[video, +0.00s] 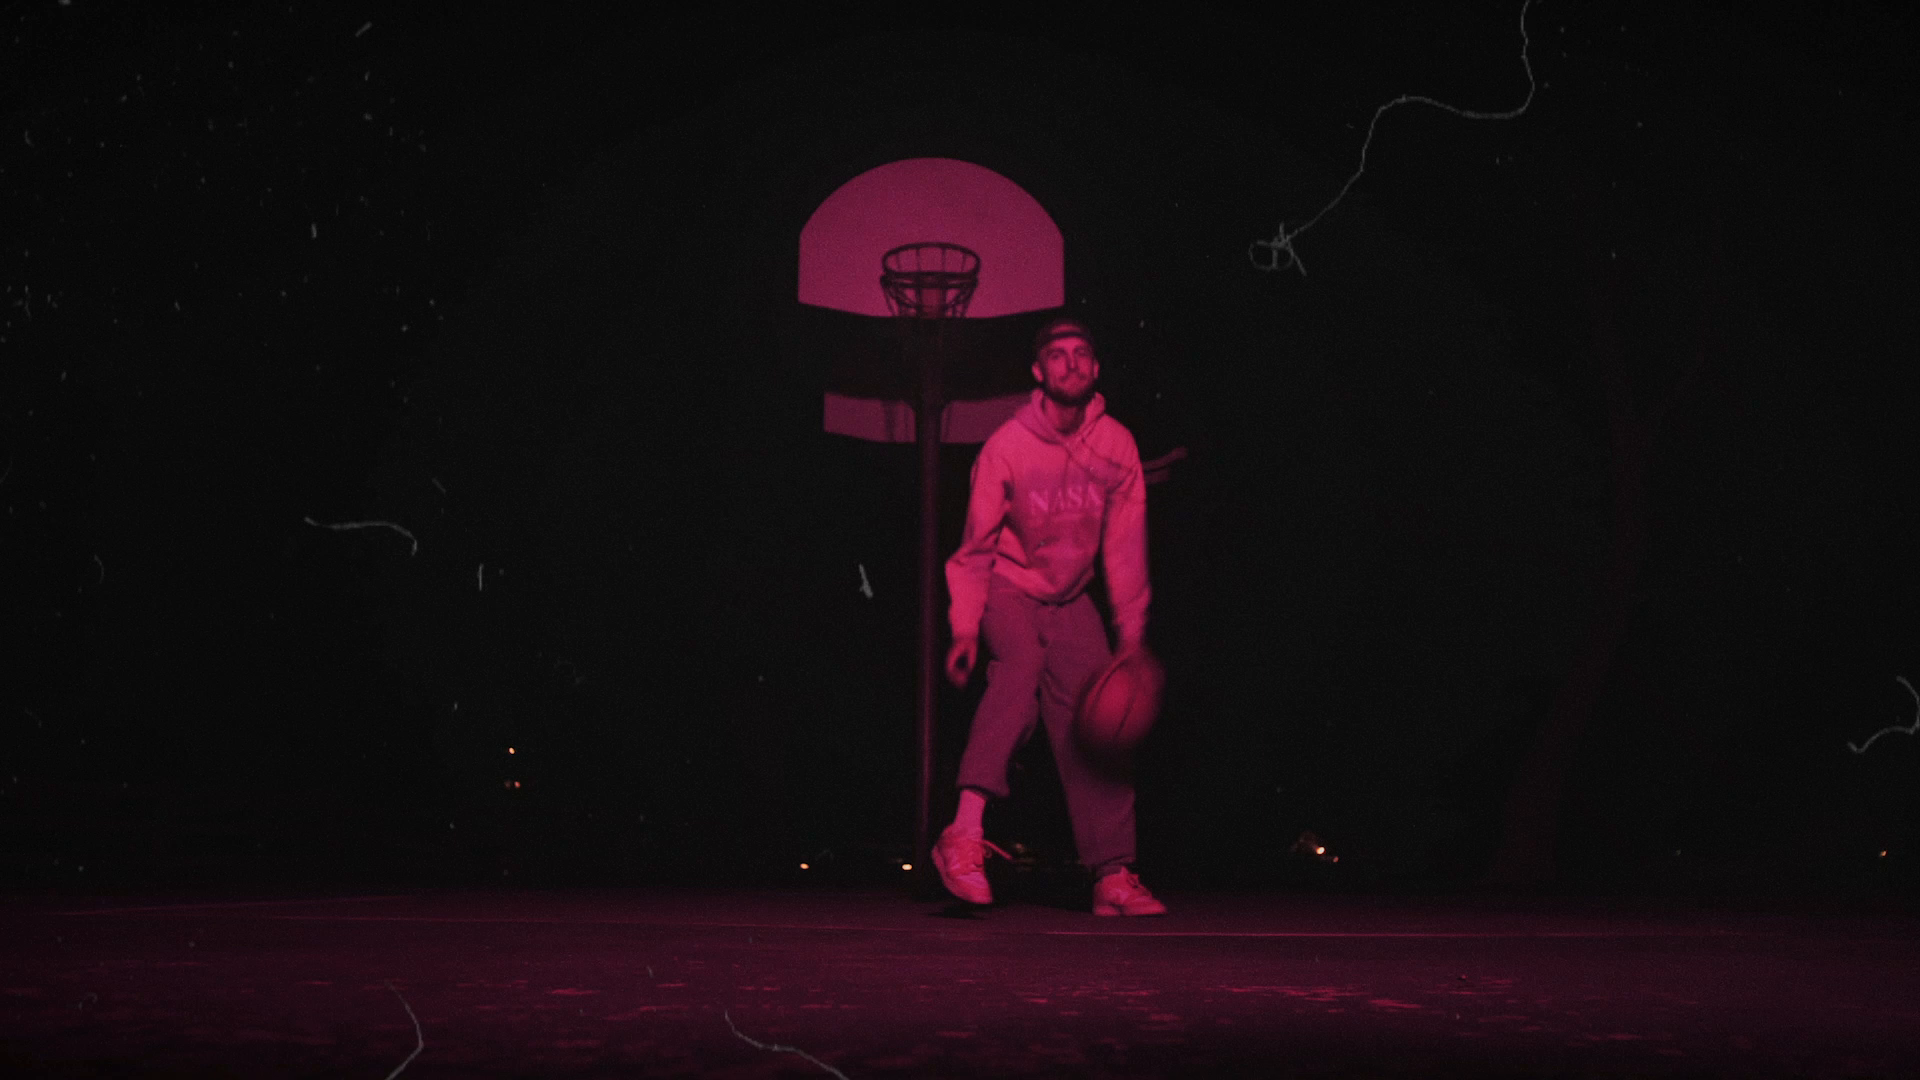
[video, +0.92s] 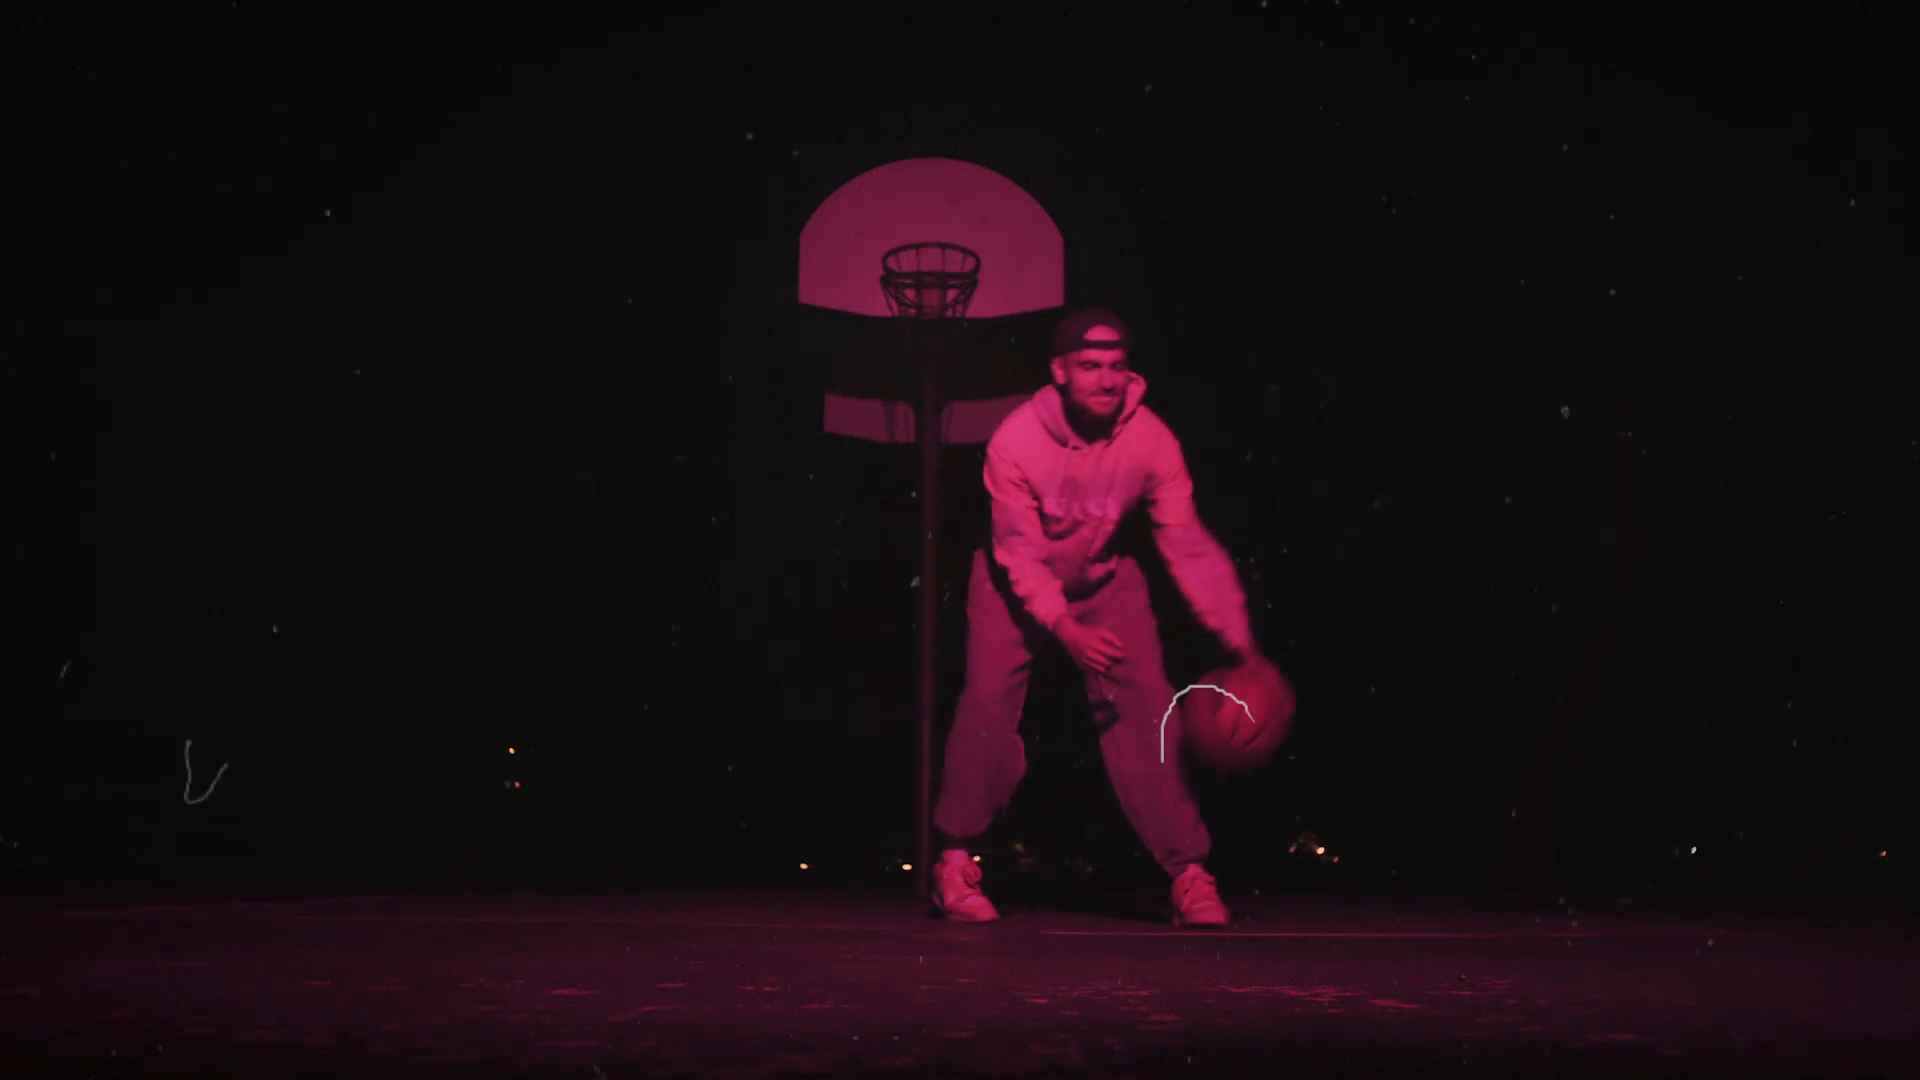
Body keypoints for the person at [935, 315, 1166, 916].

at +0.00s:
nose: (1072, 365)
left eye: (1082, 356)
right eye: (1059, 356)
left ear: (1097, 370)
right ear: (1038, 370)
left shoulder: (1116, 445)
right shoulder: (1007, 446)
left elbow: (1126, 547)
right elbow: (975, 548)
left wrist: (1131, 637)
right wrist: (964, 630)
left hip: (1073, 596)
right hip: (1006, 586)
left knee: (1097, 718)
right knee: (1019, 670)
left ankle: (1112, 874)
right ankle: (964, 833)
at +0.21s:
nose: (1021, 404)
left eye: (1032, 391)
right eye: (1008, 395)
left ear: (1054, 397)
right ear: (993, 406)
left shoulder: (1090, 461)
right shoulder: (976, 483)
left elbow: (1081, 570)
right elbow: (958, 590)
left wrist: (1060, 669)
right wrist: (931, 684)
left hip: (1078, 610)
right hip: (1007, 611)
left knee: (1116, 738)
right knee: (1015, 714)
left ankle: (1114, 880)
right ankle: (961, 876)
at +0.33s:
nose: (974, 405)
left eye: (988, 392)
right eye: (964, 394)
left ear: (1017, 395)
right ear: (954, 402)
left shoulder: (1060, 451)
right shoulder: (945, 482)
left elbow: (1068, 567)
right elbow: (924, 578)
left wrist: (1055, 674)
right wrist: (881, 651)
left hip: (1072, 589)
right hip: (995, 593)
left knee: (1109, 730)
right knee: (1001, 706)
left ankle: (1116, 864)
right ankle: (958, 871)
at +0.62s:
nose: (1015, 401)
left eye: (1029, 388)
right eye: (1002, 387)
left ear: (1047, 391)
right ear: (982, 390)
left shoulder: (1077, 447)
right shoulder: (954, 456)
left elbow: (1066, 560)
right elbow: (945, 555)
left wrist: (1045, 675)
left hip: (1075, 571)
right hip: (994, 575)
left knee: (1123, 698)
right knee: (985, 702)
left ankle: (1175, 867)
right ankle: (958, 869)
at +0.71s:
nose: (1033, 400)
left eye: (1046, 387)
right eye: (1018, 387)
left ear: (1062, 391)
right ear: (995, 390)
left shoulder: (1089, 449)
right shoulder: (963, 456)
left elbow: (1080, 559)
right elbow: (965, 562)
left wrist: (1068, 678)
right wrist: (980, 666)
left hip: (1082, 586)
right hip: (1006, 587)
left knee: (1129, 706)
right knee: (985, 707)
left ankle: (1182, 865)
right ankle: (957, 871)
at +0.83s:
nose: (1081, 391)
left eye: (1092, 377)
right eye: (1065, 377)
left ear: (1105, 382)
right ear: (1036, 382)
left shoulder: (1127, 446)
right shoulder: (998, 448)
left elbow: (1149, 557)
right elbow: (1014, 553)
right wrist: (1056, 644)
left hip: (1095, 583)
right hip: (1009, 583)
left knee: (1136, 702)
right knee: (1000, 702)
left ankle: (1187, 871)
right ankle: (962, 868)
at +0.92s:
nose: (1108, 379)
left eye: (1118, 366)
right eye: (1090, 366)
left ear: (1130, 373)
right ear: (1060, 373)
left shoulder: (1150, 439)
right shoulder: (1016, 442)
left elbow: (1186, 540)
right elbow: (1019, 550)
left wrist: (1240, 643)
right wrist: (1064, 625)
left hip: (1106, 576)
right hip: (1016, 575)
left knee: (1144, 704)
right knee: (989, 702)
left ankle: (1188, 871)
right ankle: (956, 860)